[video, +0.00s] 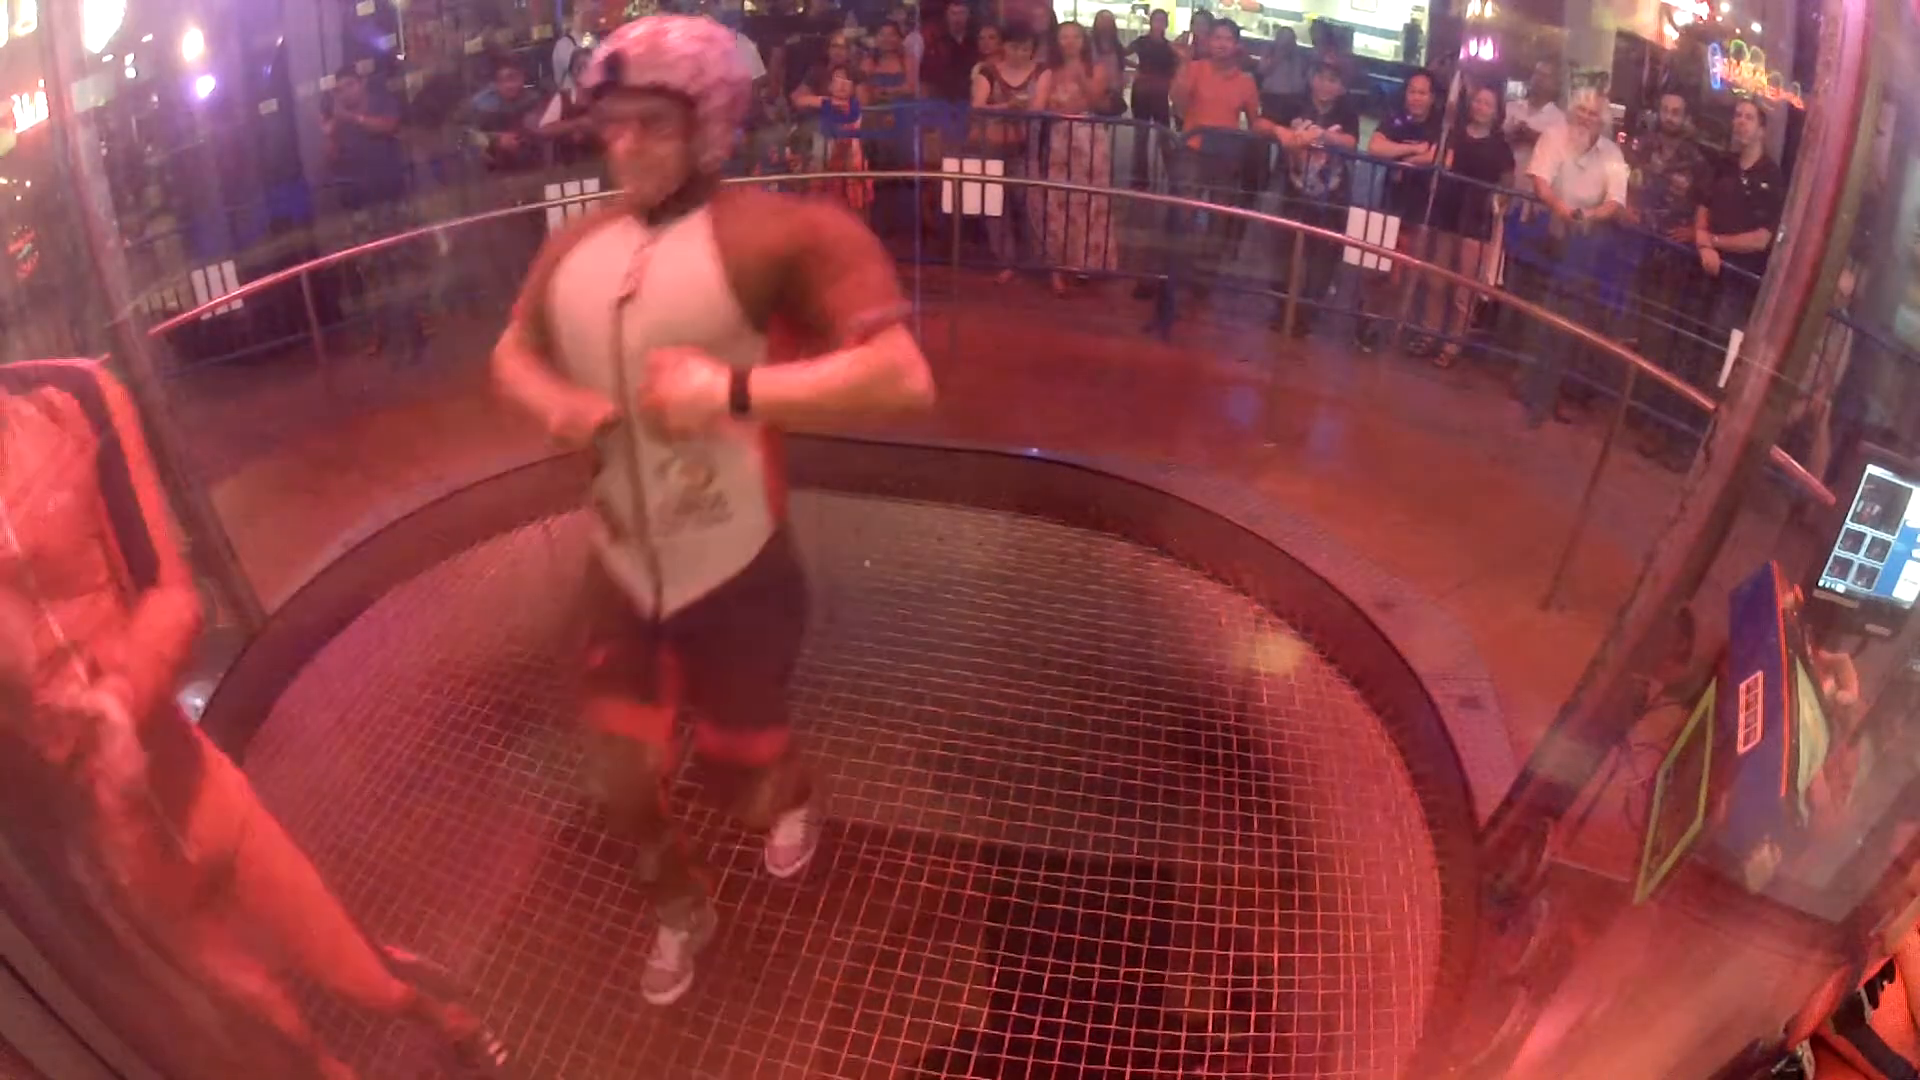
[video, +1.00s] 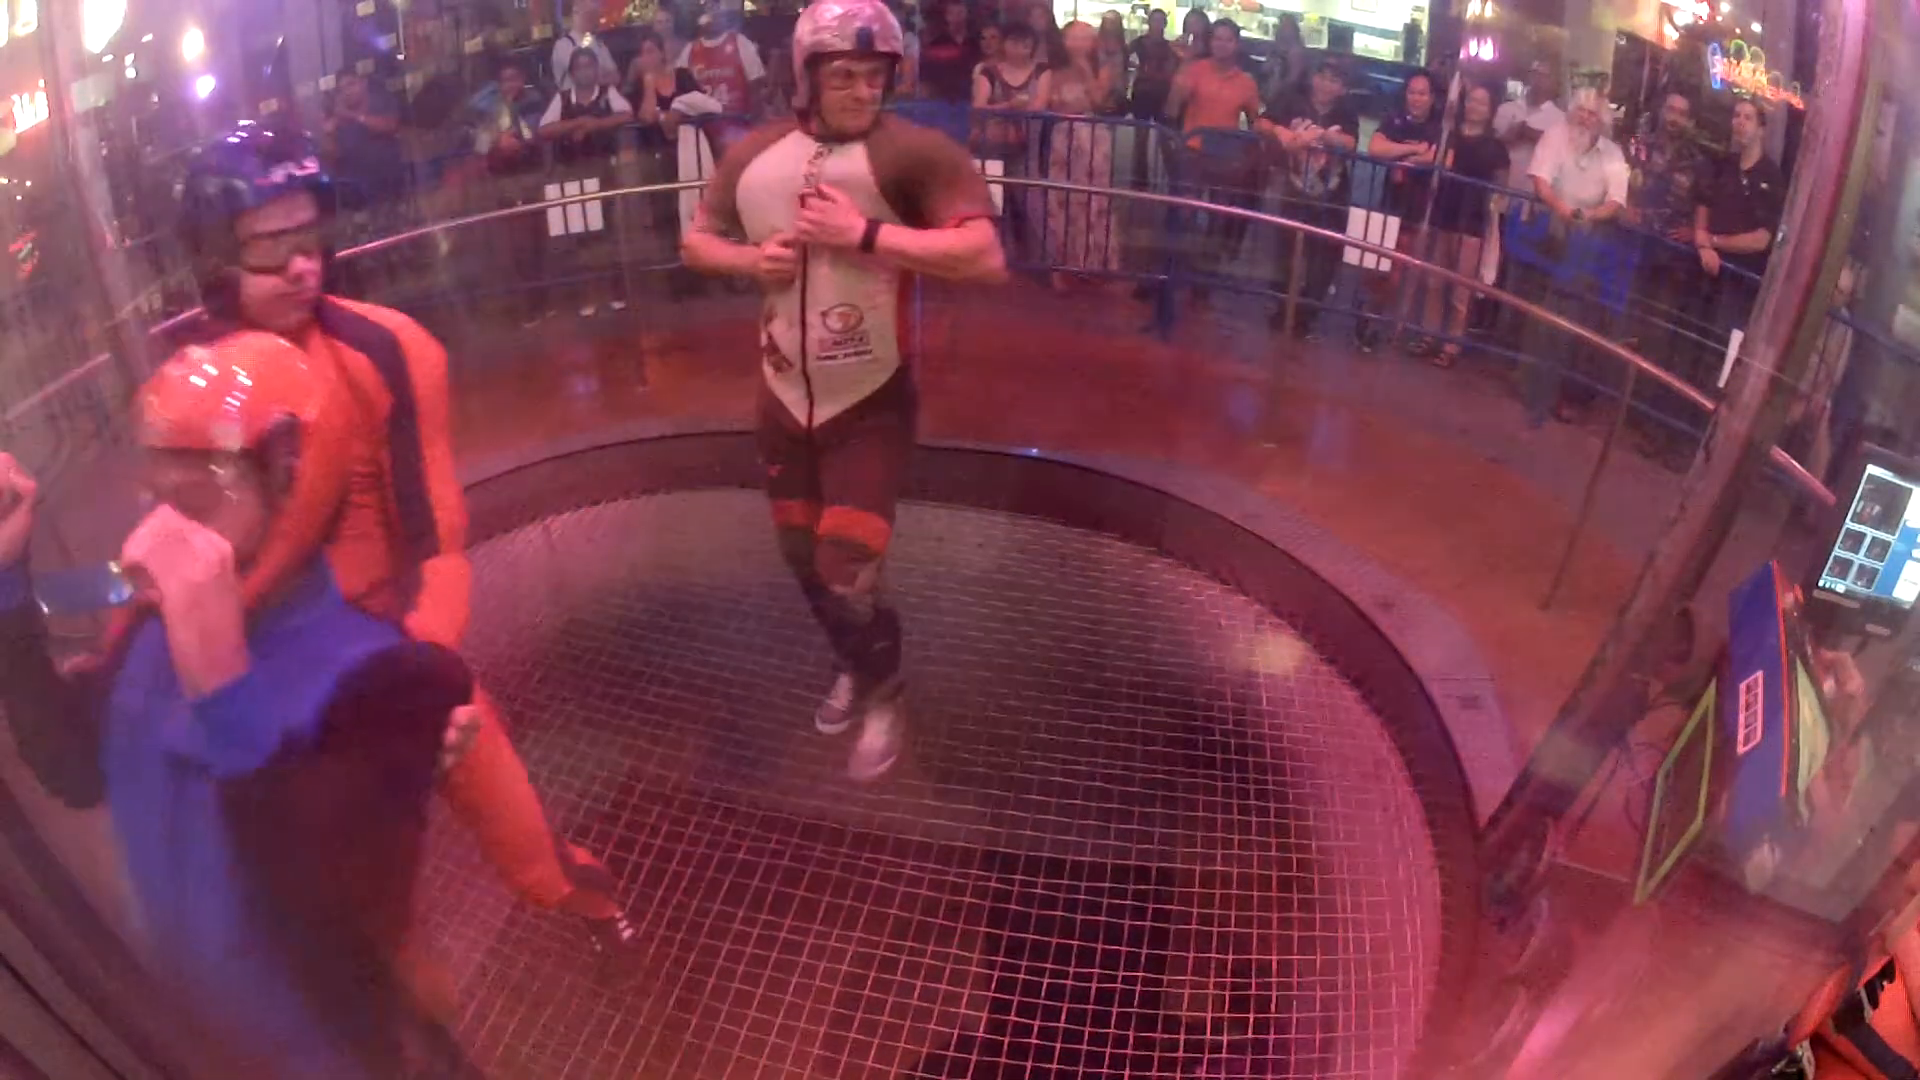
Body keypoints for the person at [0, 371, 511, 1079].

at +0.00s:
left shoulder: (68, 411)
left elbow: (171, 588)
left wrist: (120, 703)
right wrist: (39, 721)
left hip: (180, 776)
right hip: (70, 837)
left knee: (363, 980)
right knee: (276, 1035)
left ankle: (457, 1028)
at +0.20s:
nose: (27, 348)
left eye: (34, 317)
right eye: (5, 328)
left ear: (52, 308)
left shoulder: (132, 392)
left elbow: (236, 584)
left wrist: (183, 718)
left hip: (198, 748)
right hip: (74, 805)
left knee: (386, 968)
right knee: (258, 1028)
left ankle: (474, 1036)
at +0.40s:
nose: (96, 313)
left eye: (103, 281)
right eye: (61, 302)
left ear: (122, 266)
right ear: (10, 314)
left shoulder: (197, 364)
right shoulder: (7, 442)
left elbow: (285, 575)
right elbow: (23, 644)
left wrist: (245, 695)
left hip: (252, 724)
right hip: (125, 775)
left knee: (421, 949)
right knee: (293, 1002)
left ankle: (492, 1054)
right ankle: (371, 1070)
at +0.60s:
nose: (150, 287)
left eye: (158, 254)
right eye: (113, 269)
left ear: (176, 246)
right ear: (54, 283)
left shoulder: (246, 345)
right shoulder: (41, 404)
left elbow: (325, 562)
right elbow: (67, 629)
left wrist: (270, 709)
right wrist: (244, 733)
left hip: (287, 706)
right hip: (152, 738)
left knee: (498, 968)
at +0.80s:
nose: (227, 271)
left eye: (237, 242)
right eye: (195, 255)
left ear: (255, 235)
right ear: (133, 269)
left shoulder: (327, 350)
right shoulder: (127, 397)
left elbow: (390, 562)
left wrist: (353, 694)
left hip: (343, 656)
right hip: (220, 693)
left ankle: (537, 932)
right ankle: (443, 1025)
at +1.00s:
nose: (299, 270)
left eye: (308, 242)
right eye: (269, 254)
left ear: (325, 236)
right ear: (213, 262)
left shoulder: (393, 353)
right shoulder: (192, 371)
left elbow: (440, 542)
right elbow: (184, 525)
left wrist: (418, 662)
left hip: (383, 607)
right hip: (258, 626)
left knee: (452, 704)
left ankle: (544, 878)